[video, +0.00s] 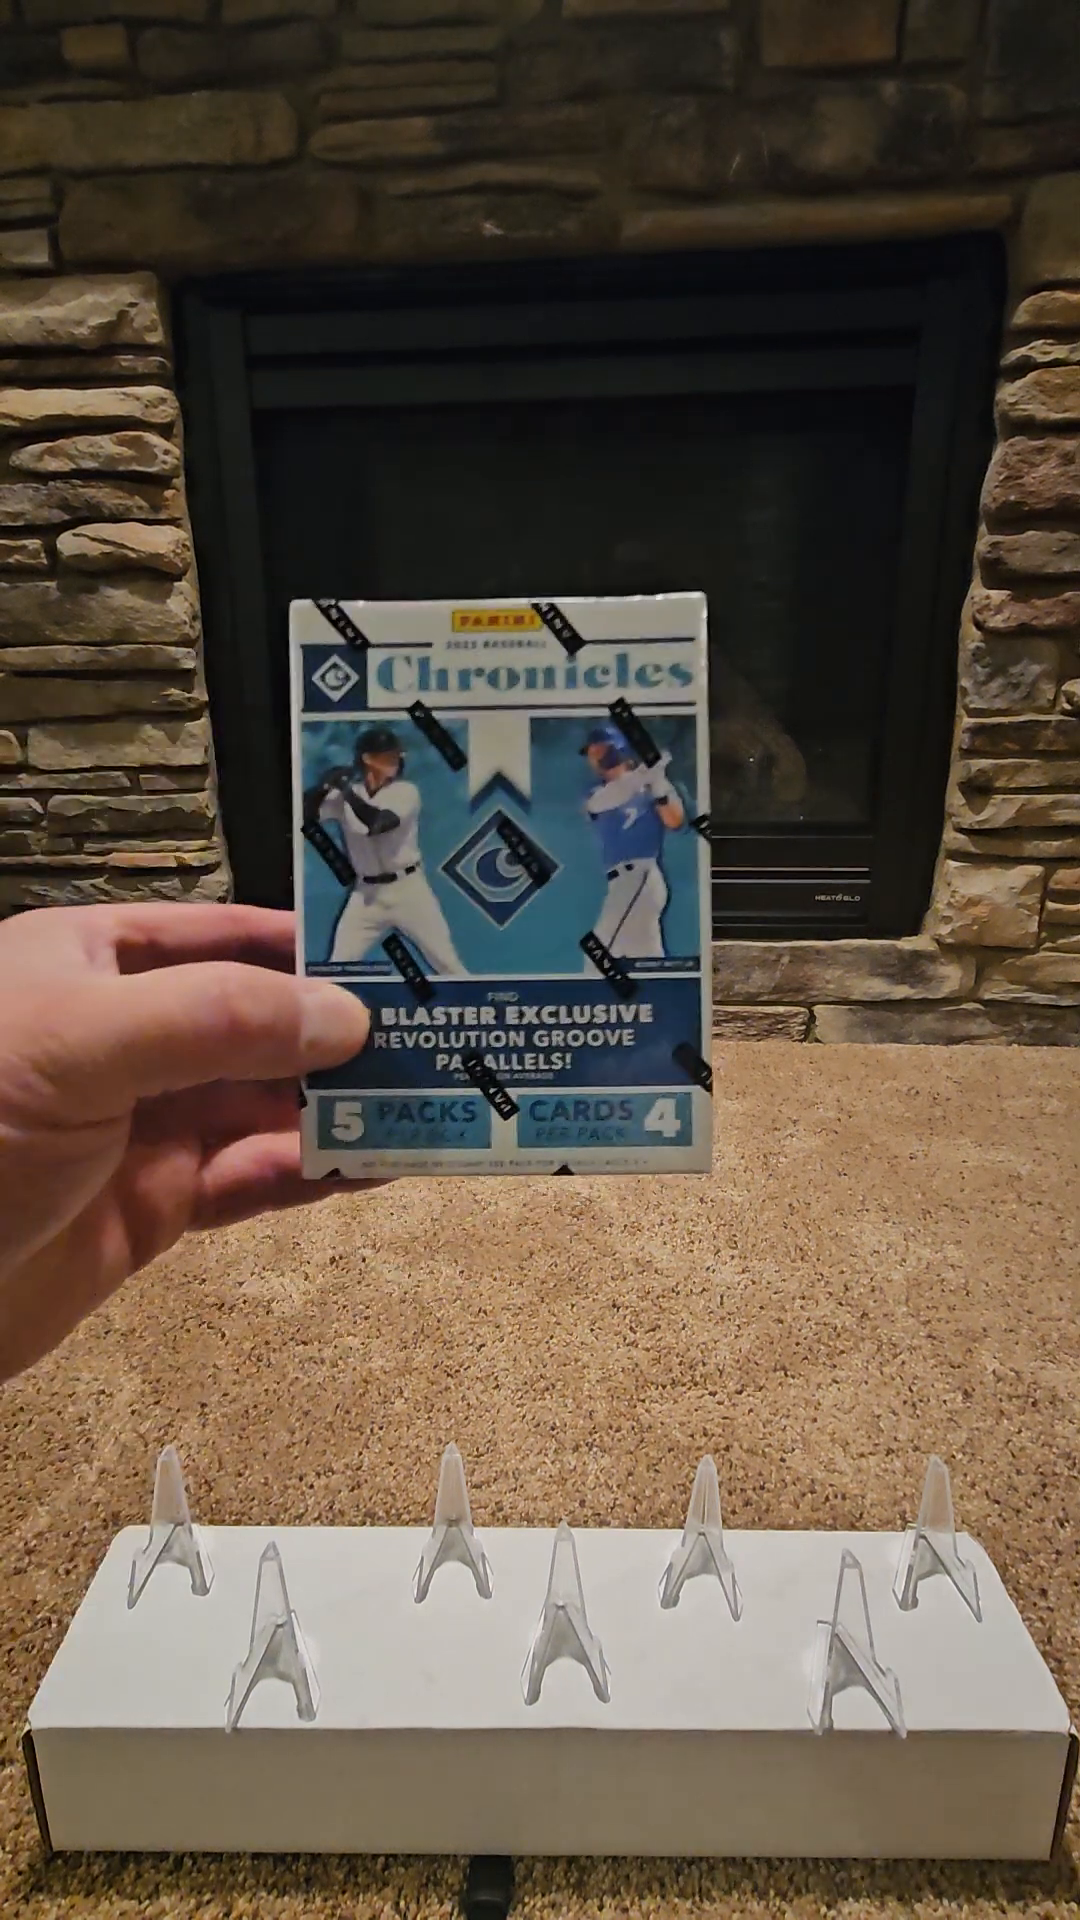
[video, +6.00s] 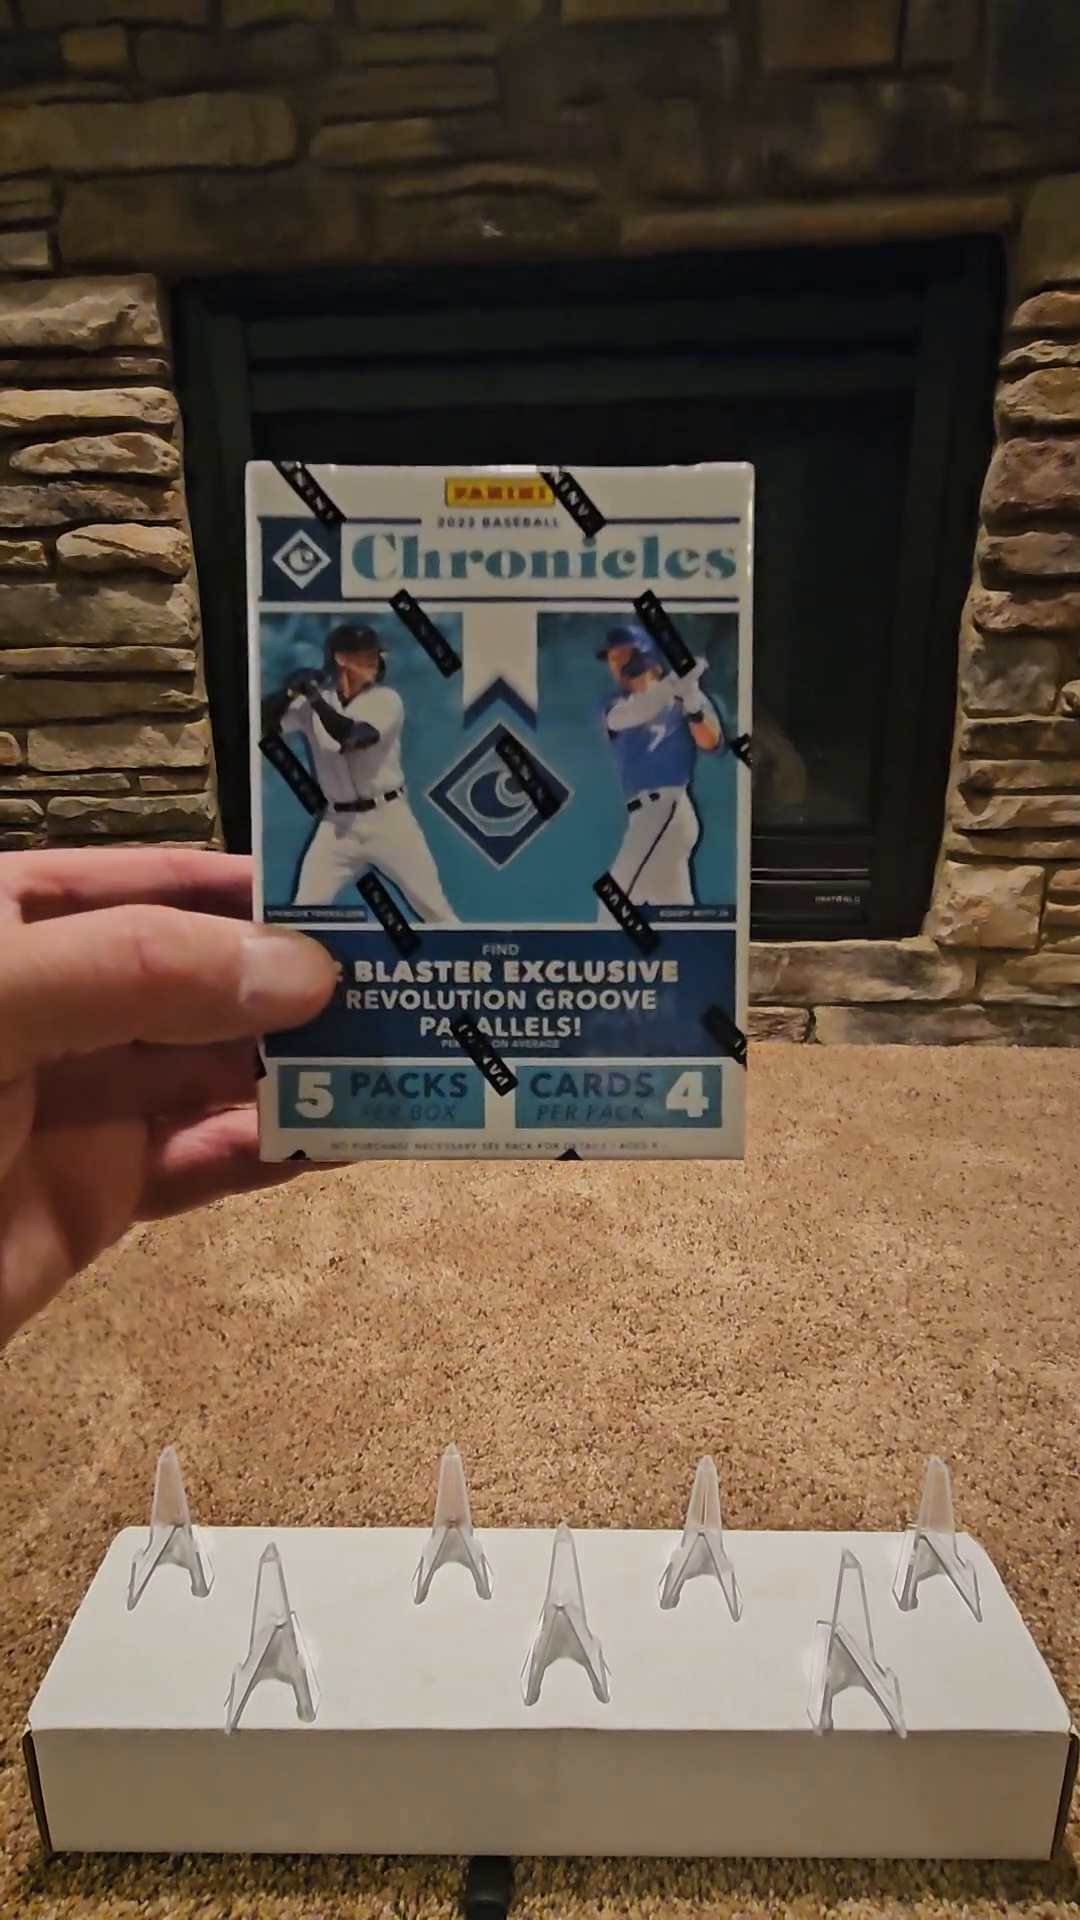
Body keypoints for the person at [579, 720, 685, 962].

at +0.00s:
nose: (597, 760)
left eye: (602, 751)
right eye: (592, 754)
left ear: (619, 752)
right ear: (589, 759)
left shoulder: (651, 783)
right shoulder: (599, 794)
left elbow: (675, 821)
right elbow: (597, 805)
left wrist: (658, 782)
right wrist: (639, 776)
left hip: (641, 880)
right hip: (621, 882)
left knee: (598, 951)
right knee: (649, 963)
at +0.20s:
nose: (592, 726)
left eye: (599, 718)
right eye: (588, 720)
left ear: (617, 719)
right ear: (585, 725)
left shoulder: (649, 751)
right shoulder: (593, 762)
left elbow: (673, 790)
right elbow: (601, 769)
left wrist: (657, 751)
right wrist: (638, 741)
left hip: (637, 848)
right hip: (616, 852)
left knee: (594, 924)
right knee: (646, 936)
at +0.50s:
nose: (602, 693)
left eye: (608, 685)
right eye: (600, 687)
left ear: (625, 685)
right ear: (599, 694)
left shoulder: (663, 721)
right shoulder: (605, 732)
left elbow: (690, 764)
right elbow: (620, 738)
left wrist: (673, 724)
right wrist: (654, 712)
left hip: (652, 823)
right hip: (632, 827)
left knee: (608, 906)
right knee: (660, 915)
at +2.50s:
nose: (614, 693)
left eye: (621, 684)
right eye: (611, 687)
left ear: (641, 685)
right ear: (609, 692)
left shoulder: (679, 723)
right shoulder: (616, 732)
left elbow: (704, 768)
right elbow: (628, 740)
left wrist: (686, 725)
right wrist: (669, 711)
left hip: (663, 830)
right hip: (641, 833)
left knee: (612, 915)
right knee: (670, 927)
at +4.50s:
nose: (607, 693)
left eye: (613, 684)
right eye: (603, 686)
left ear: (633, 686)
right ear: (600, 690)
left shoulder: (673, 721)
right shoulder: (607, 730)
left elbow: (696, 766)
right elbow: (614, 742)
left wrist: (677, 722)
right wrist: (658, 712)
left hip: (655, 829)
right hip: (633, 832)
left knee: (607, 916)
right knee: (665, 925)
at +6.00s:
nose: (617, 665)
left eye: (624, 655)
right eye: (612, 658)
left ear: (645, 657)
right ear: (608, 664)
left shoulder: (684, 696)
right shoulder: (612, 706)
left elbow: (711, 743)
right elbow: (632, 715)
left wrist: (692, 699)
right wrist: (671, 684)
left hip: (668, 811)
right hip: (643, 815)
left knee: (615, 904)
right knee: (676, 915)